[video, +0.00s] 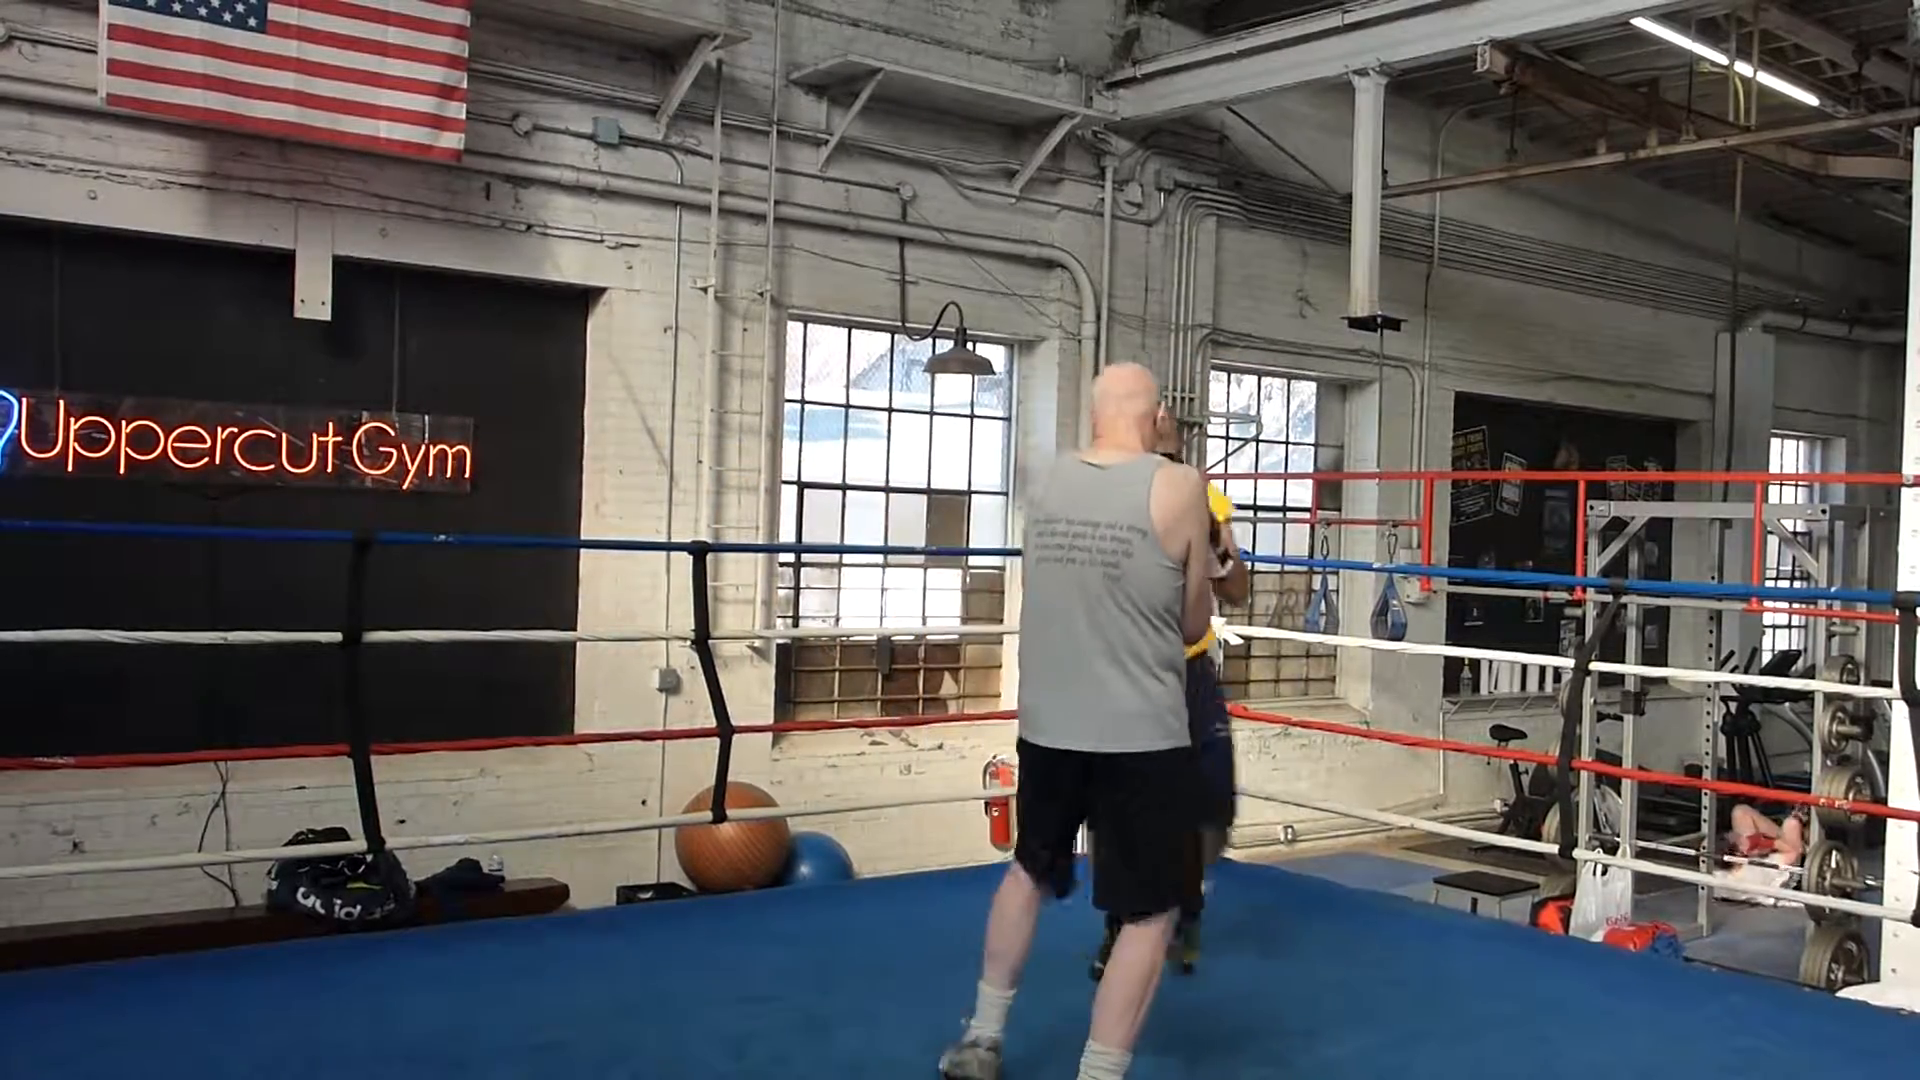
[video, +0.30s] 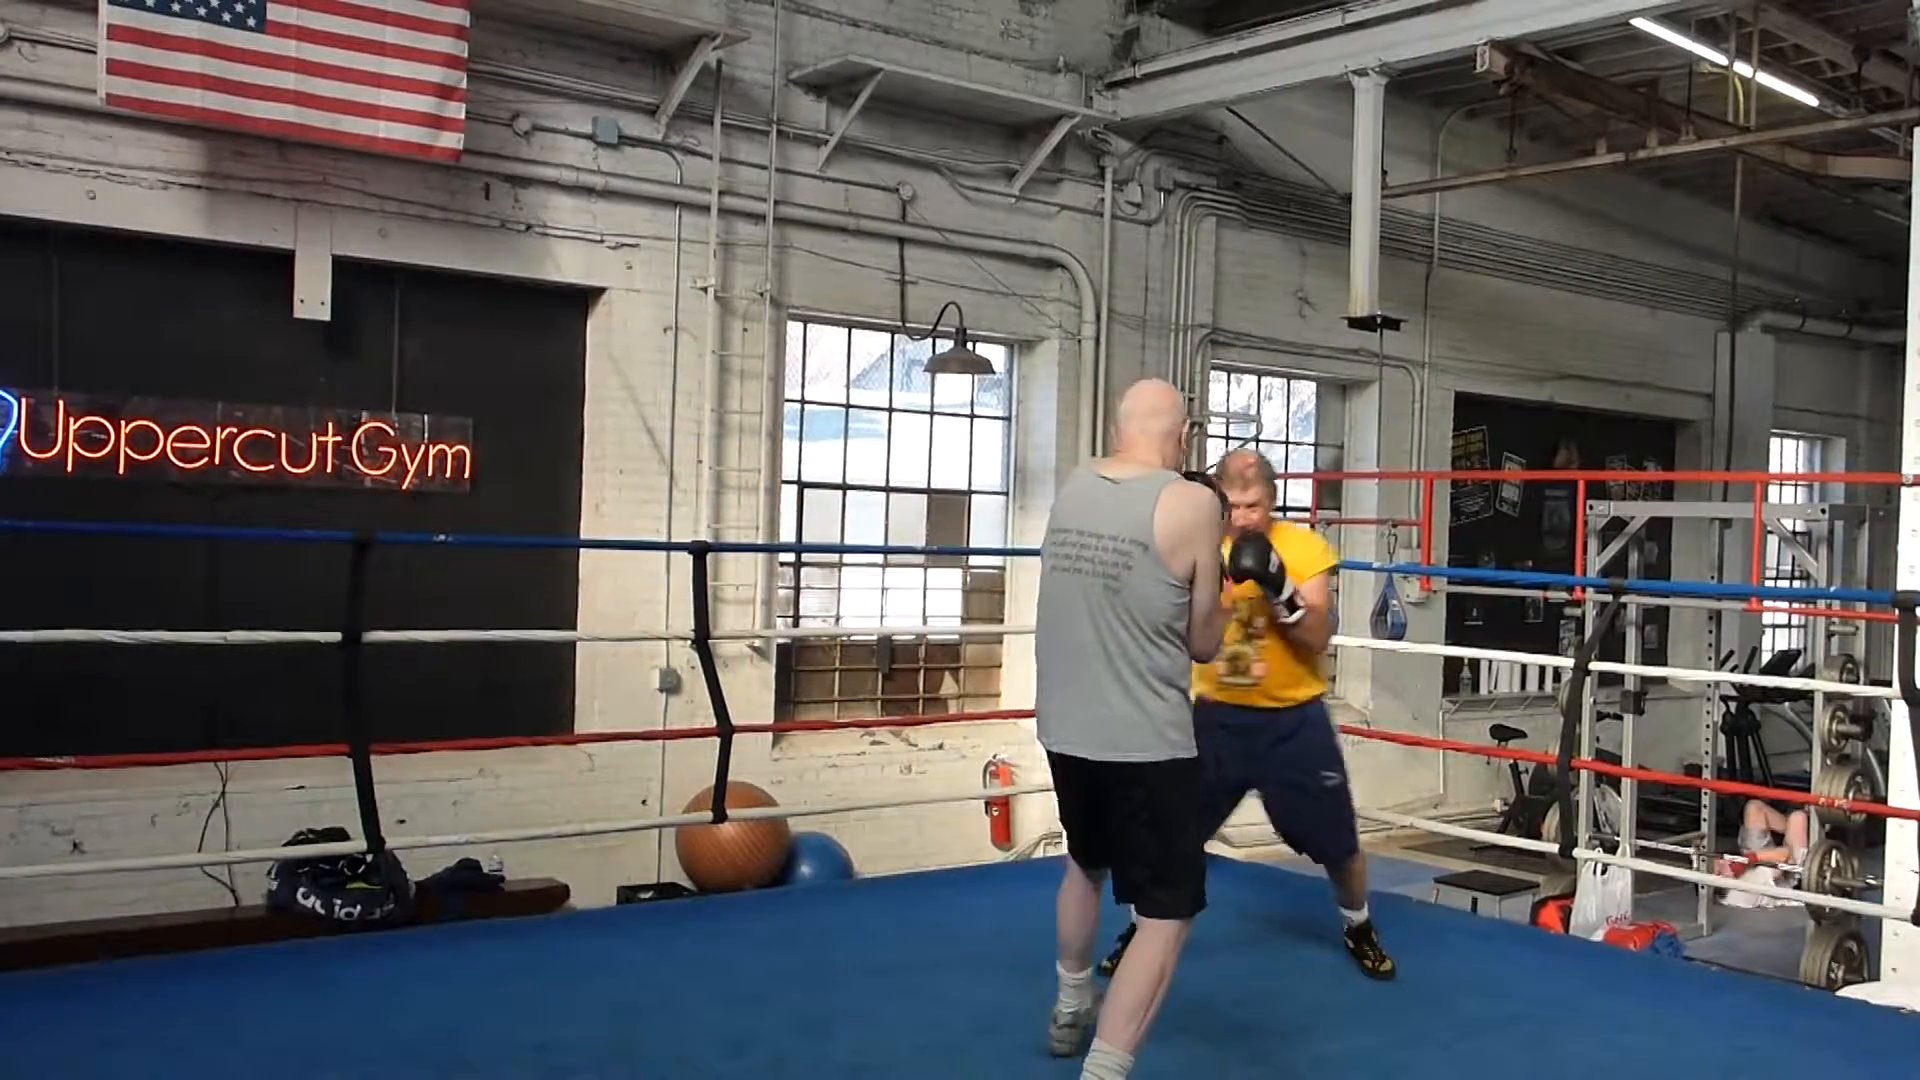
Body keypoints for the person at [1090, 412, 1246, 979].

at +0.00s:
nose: (1161, 442)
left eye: (1168, 434)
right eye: (1156, 432)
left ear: (1178, 440)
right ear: (1142, 432)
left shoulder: (1203, 497)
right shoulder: (1103, 493)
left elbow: (1236, 587)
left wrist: (1207, 553)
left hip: (1187, 664)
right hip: (1116, 665)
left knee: (1201, 801)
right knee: (1116, 809)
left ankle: (1186, 921)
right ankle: (1116, 928)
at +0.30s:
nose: (1244, 519)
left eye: (1255, 507)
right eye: (1234, 508)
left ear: (1273, 503)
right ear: (1217, 504)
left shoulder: (1303, 547)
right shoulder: (1199, 547)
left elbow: (1317, 639)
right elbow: (1184, 633)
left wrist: (1279, 599)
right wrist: (1224, 590)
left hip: (1295, 722)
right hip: (1213, 720)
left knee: (1340, 843)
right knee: (1169, 834)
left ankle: (1358, 928)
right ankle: (1141, 932)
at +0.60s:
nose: (1340, 494)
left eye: (1351, 483)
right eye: (1330, 484)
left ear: (1375, 476)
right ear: (1317, 478)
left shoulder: (1411, 525)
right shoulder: (1295, 522)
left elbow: (1429, 621)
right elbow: (1249, 592)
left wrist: (1383, 566)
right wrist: (1238, 535)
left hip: (1401, 694)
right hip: (1327, 696)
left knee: (1438, 825)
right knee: (1320, 825)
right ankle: (1352, 932)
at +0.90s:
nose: (1446, 499)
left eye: (1457, 485)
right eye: (1439, 487)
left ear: (1493, 477)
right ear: (1435, 486)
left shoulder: (1535, 525)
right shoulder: (1436, 536)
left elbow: (1534, 613)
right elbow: (1381, 602)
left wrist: (1466, 556)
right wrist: (1370, 553)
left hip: (1528, 706)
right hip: (1451, 704)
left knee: (1556, 843)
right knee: (1410, 827)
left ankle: (1588, 960)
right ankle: (1393, 941)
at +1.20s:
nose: (1549, 516)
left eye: (1559, 503)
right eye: (1540, 505)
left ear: (1594, 492)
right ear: (1534, 502)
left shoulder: (1637, 545)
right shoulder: (1536, 543)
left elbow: (1628, 644)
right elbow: (1482, 613)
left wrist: (1558, 584)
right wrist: (1474, 561)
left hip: (1634, 726)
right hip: (1562, 726)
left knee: (1677, 869)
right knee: (1529, 850)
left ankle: (1769, 992)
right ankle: (1587, 973)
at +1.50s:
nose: (1665, 489)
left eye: (1673, 475)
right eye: (1656, 478)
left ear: (1715, 460)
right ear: (1655, 477)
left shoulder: (1766, 509)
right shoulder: (1667, 521)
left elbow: (1753, 607)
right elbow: (1616, 594)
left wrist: (1684, 546)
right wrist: (1602, 544)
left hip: (1769, 703)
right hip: (1691, 703)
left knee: (1794, 859)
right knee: (1659, 841)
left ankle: (1853, 1007)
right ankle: (1670, 981)